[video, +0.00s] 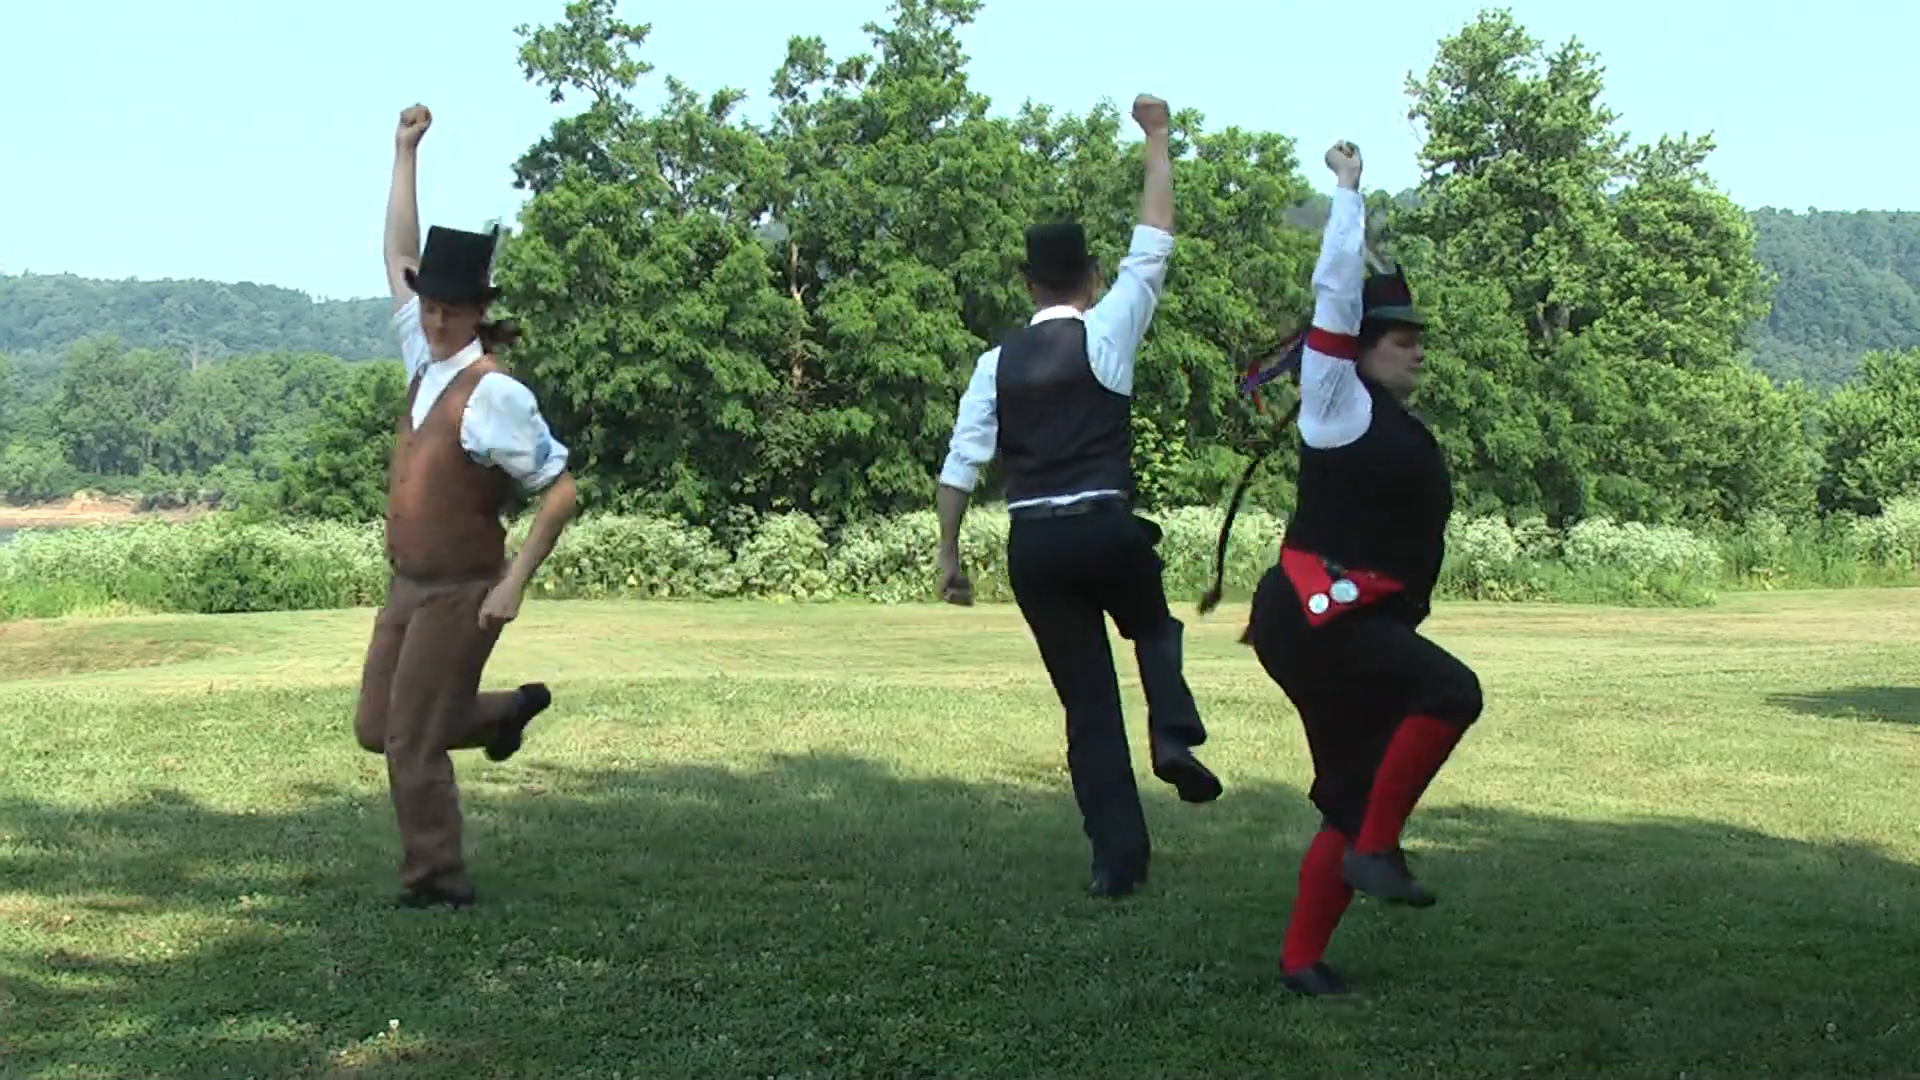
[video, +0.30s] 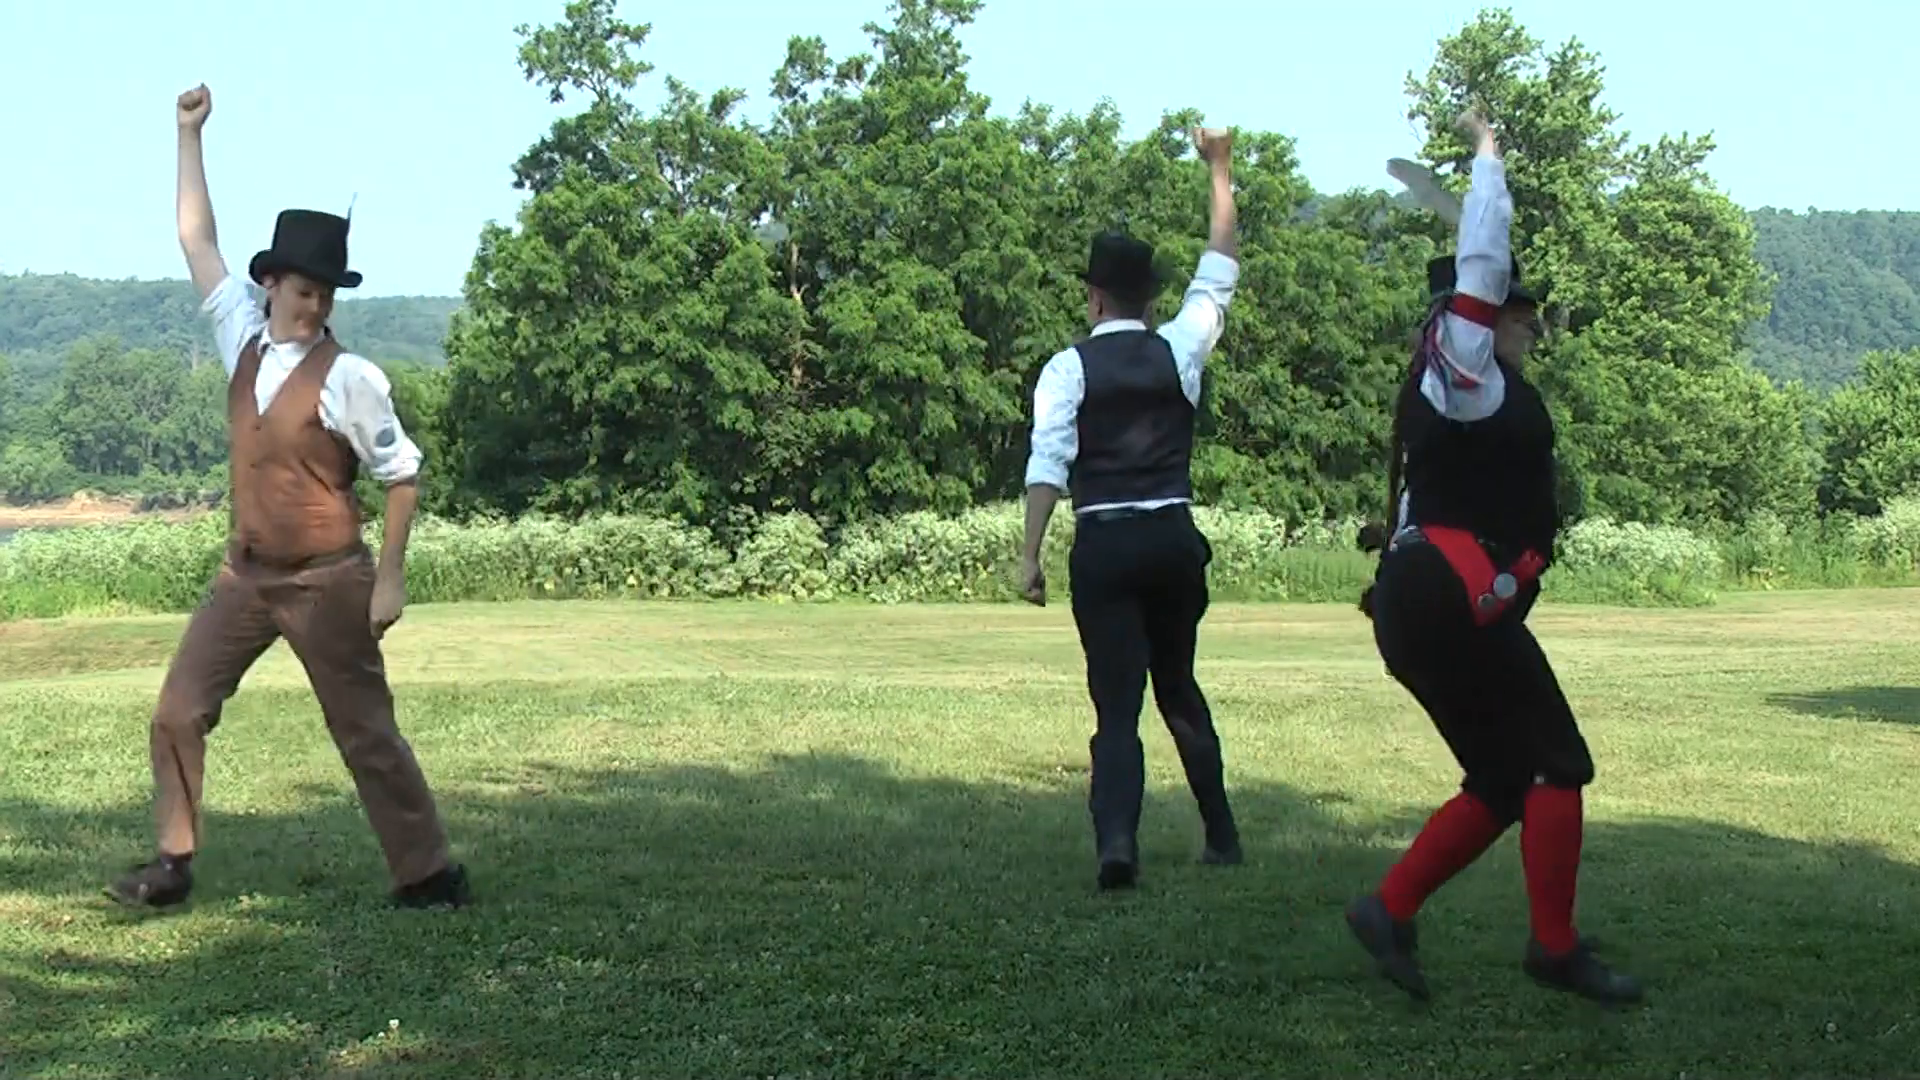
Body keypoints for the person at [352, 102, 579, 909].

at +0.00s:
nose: (427, 319)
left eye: (439, 309)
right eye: (425, 305)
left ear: (469, 313)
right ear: (425, 304)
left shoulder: (498, 396)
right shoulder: (428, 361)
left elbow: (562, 492)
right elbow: (402, 261)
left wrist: (515, 580)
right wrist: (404, 152)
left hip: (459, 595)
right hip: (405, 586)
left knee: (417, 742)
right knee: (376, 725)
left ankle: (438, 881)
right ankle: (504, 714)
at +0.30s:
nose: (315, 302)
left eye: (325, 291)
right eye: (303, 287)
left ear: (336, 298)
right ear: (269, 285)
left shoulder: (352, 379)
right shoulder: (242, 335)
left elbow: (404, 472)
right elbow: (197, 237)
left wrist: (389, 574)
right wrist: (188, 132)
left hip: (326, 581)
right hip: (244, 576)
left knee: (367, 734)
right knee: (177, 712)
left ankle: (428, 875)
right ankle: (173, 862)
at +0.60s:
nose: (226, 253)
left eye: (233, 240)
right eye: (212, 239)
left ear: (237, 248)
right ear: (168, 241)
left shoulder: (252, 334)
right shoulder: (116, 308)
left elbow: (265, 442)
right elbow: (51, 204)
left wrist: (268, 523)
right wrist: (17, 92)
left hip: (224, 535)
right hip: (129, 533)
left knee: (178, 680)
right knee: (122, 712)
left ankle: (189, 704)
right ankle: (117, 888)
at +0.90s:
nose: (198, 290)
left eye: (202, 276)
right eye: (187, 272)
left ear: (179, 280)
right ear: (136, 271)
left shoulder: (188, 377)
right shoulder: (76, 349)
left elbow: (178, 485)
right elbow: (7, 301)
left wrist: (233, 538)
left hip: (165, 578)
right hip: (73, 577)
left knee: (164, 707)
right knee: (54, 760)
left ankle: (87, 747)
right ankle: (11, 921)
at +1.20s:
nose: (264, 278)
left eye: (266, 266)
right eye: (254, 263)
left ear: (233, 271)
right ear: (202, 265)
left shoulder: (250, 342)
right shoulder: (160, 362)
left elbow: (322, 295)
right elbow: (144, 491)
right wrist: (205, 591)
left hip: (216, 578)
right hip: (136, 577)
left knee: (272, 701)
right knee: (85, 752)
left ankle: (210, 881)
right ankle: (11, 902)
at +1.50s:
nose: (412, 254)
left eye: (409, 240)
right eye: (397, 240)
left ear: (371, 253)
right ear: (352, 251)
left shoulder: (375, 322)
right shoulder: (322, 336)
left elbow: (414, 222)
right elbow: (270, 454)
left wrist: (414, 118)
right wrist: (311, 561)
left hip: (362, 575)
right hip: (320, 573)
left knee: (339, 771)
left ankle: (259, 952)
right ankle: (203, 795)